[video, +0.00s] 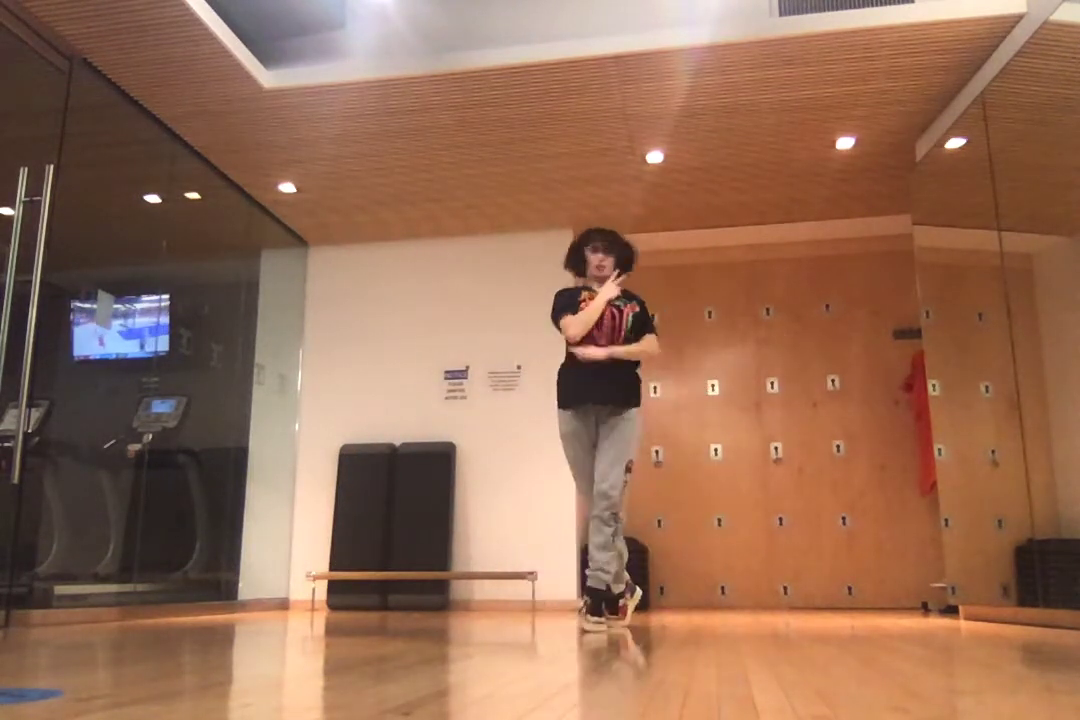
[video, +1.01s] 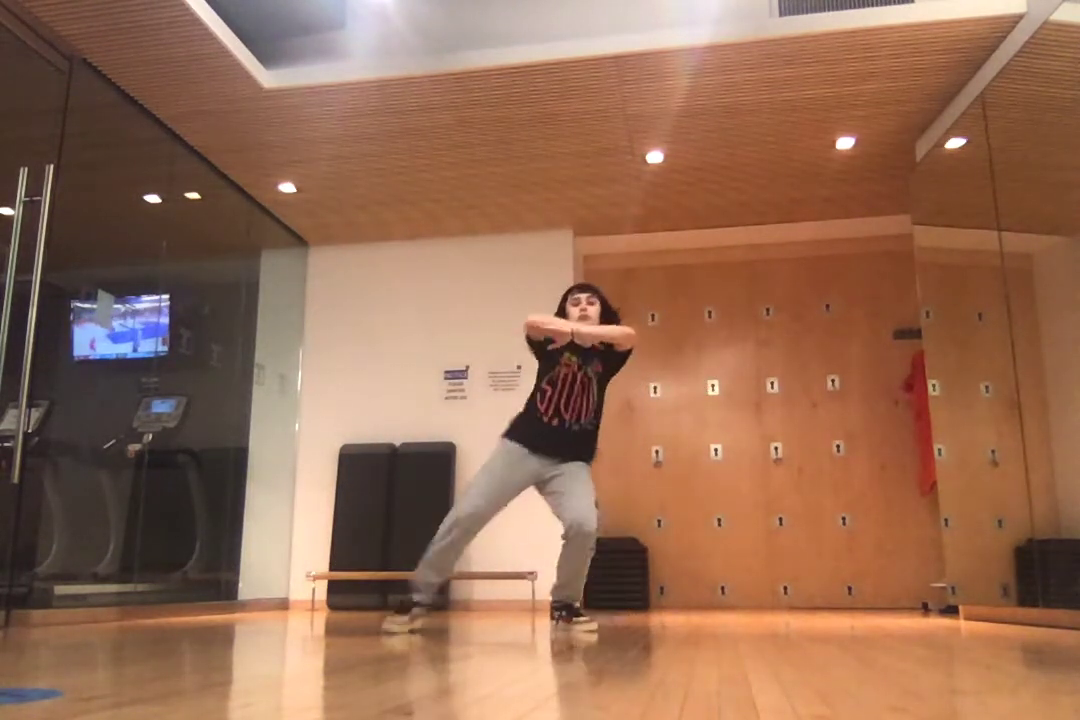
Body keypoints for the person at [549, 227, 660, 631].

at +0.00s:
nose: (600, 258)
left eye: (607, 252)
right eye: (594, 251)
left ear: (619, 260)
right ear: (581, 257)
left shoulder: (633, 303)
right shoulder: (568, 297)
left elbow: (652, 348)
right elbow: (572, 331)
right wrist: (603, 297)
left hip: (621, 409)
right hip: (575, 409)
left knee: (608, 497)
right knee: (594, 500)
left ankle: (597, 592)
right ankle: (621, 583)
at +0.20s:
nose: (599, 251)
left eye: (605, 247)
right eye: (590, 248)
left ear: (615, 260)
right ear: (579, 262)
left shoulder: (632, 299)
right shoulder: (567, 297)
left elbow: (648, 343)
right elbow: (567, 338)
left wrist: (597, 349)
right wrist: (598, 300)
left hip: (620, 407)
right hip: (574, 408)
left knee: (605, 497)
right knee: (587, 500)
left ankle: (595, 590)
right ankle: (616, 585)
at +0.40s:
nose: (598, 254)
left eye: (603, 250)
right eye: (590, 250)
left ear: (612, 260)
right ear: (577, 261)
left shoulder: (627, 304)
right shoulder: (565, 298)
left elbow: (645, 345)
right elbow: (565, 336)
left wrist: (595, 347)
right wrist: (599, 300)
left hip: (618, 410)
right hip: (571, 410)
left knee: (605, 498)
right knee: (584, 503)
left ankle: (593, 590)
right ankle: (613, 586)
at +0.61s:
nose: (596, 267)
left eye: (603, 262)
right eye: (589, 261)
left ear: (611, 271)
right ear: (576, 268)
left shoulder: (620, 310)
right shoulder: (560, 302)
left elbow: (641, 343)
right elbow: (560, 329)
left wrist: (592, 336)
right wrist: (607, 309)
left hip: (607, 417)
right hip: (560, 416)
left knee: (594, 504)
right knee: (575, 509)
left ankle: (577, 591)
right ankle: (603, 590)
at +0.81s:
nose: (597, 298)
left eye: (603, 294)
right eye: (589, 293)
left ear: (614, 306)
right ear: (575, 304)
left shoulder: (614, 347)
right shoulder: (558, 336)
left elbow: (640, 337)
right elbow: (552, 326)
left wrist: (591, 334)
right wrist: (598, 331)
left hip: (591, 447)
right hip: (545, 445)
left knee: (592, 519)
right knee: (546, 533)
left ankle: (569, 598)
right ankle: (593, 582)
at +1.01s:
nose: (584, 307)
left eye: (591, 303)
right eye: (576, 303)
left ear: (604, 312)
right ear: (563, 313)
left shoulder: (607, 357)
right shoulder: (550, 345)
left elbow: (630, 336)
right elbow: (532, 323)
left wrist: (580, 331)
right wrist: (573, 328)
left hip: (570, 462)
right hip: (522, 449)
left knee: (584, 526)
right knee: (465, 516)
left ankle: (565, 606)